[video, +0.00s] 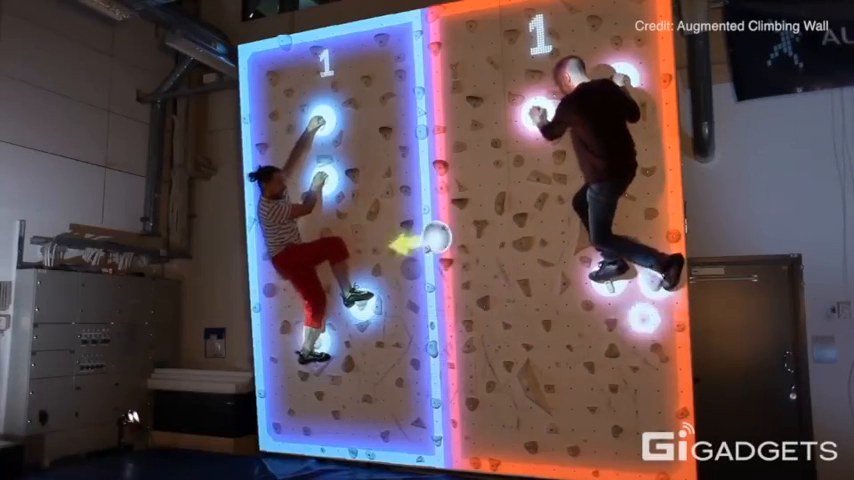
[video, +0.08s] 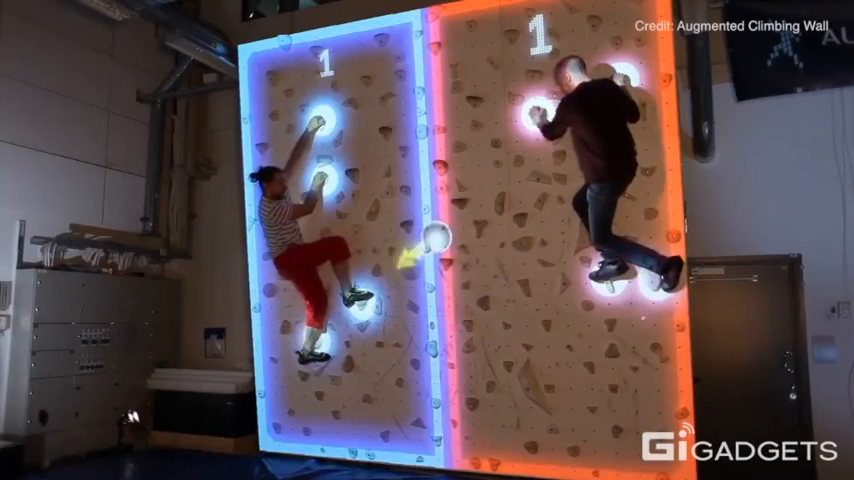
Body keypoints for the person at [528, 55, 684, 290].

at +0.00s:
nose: (559, 87)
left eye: (559, 81)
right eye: (558, 82)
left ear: (567, 78)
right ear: (583, 72)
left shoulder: (570, 103)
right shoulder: (607, 88)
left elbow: (551, 134)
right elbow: (634, 114)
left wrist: (540, 122)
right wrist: (623, 89)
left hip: (603, 177)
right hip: (626, 167)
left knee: (601, 238)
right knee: (580, 202)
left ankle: (665, 263)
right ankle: (612, 261)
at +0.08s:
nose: (560, 87)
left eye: (559, 81)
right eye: (559, 82)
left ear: (567, 78)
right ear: (584, 71)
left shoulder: (571, 102)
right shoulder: (607, 87)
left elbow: (552, 133)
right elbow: (633, 115)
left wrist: (541, 122)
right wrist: (622, 89)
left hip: (603, 177)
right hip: (626, 167)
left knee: (601, 238)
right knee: (580, 202)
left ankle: (665, 266)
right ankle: (612, 261)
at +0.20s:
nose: (561, 87)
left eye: (560, 81)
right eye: (560, 82)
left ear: (567, 78)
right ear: (584, 71)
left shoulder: (571, 101)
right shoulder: (608, 87)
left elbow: (555, 139)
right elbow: (633, 115)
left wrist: (542, 123)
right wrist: (622, 89)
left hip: (603, 176)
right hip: (626, 167)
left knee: (602, 238)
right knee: (581, 202)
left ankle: (666, 266)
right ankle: (612, 261)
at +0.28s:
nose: (559, 87)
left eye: (559, 81)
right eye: (559, 82)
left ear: (567, 77)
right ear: (584, 71)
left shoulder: (571, 103)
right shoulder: (606, 87)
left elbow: (558, 146)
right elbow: (633, 115)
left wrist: (543, 129)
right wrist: (622, 88)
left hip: (604, 176)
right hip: (626, 166)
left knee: (603, 238)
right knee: (581, 202)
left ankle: (668, 266)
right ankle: (612, 261)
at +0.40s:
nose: (557, 91)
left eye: (557, 85)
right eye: (555, 86)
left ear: (568, 78)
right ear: (579, 74)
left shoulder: (570, 107)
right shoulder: (606, 87)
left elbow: (563, 153)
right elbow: (632, 114)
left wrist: (551, 147)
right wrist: (618, 90)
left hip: (606, 175)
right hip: (628, 165)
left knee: (605, 239)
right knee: (582, 201)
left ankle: (669, 267)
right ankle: (613, 260)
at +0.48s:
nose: (554, 94)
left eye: (554, 88)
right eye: (552, 89)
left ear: (565, 82)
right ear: (576, 77)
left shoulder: (569, 111)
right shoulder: (604, 89)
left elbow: (567, 158)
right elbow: (633, 114)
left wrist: (556, 155)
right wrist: (619, 90)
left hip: (607, 176)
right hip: (629, 165)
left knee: (606, 239)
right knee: (582, 201)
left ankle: (669, 267)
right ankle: (613, 260)